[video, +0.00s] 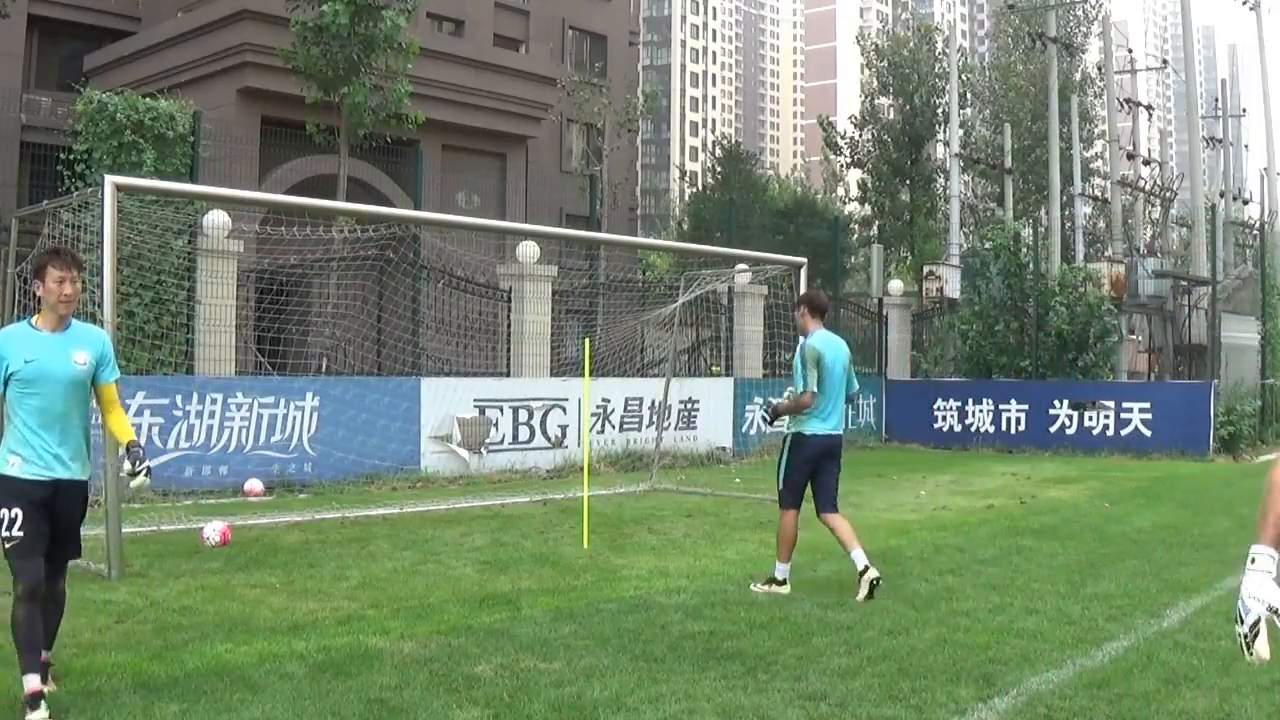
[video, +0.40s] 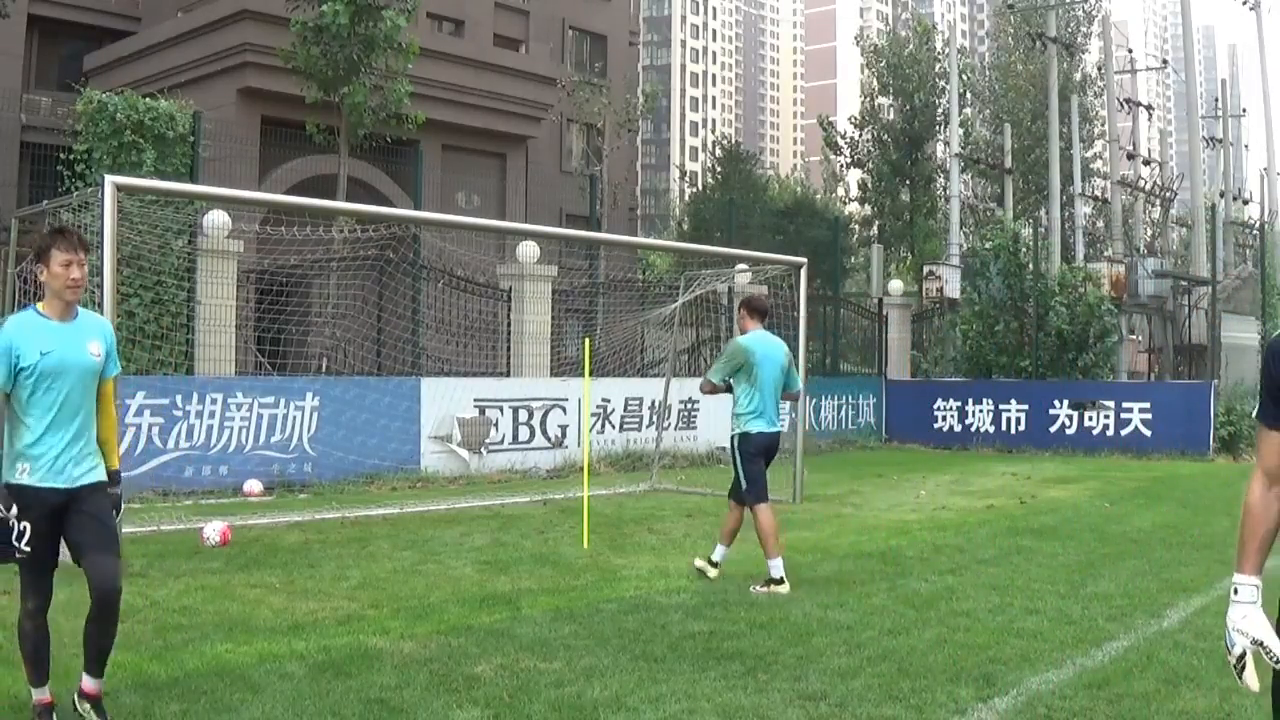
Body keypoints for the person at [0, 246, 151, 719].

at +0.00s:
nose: (69, 289)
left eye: (74, 282)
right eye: (60, 281)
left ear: (80, 288)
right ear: (38, 286)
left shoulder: (96, 341)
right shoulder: (7, 340)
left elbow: (112, 407)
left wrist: (131, 446)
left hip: (71, 479)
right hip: (18, 477)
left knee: (54, 581)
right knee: (29, 583)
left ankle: (43, 662)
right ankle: (33, 691)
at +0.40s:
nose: (77, 274)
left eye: (82, 265)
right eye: (66, 265)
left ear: (88, 270)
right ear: (41, 271)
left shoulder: (100, 329)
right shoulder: (13, 332)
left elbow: (107, 409)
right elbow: (1, 413)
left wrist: (113, 476)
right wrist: (0, 489)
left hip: (89, 482)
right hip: (29, 486)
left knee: (109, 587)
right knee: (34, 603)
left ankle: (90, 692)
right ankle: (42, 704)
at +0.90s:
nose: (129, 270)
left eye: (135, 259)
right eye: (117, 260)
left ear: (142, 265)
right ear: (91, 267)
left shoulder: (157, 330)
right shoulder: (62, 326)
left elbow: (160, 412)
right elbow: (29, 410)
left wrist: (159, 484)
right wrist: (32, 487)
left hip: (142, 505)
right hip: (77, 504)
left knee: (127, 632)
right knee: (72, 632)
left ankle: (123, 717)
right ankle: (63, 700)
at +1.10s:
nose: (141, 277)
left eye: (148, 267)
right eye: (129, 267)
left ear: (157, 269)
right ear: (104, 270)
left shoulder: (180, 331)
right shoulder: (75, 333)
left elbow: (204, 417)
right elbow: (37, 420)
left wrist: (234, 487)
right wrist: (26, 505)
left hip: (163, 517)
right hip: (99, 514)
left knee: (138, 649)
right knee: (111, 646)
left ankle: (127, 718)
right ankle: (100, 718)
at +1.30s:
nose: (159, 288)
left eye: (168, 277)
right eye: (149, 276)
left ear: (178, 274)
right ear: (122, 269)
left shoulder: (196, 332)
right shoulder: (87, 338)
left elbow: (231, 409)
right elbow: (47, 428)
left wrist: (270, 464)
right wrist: (32, 514)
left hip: (185, 526)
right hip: (122, 526)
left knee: (171, 661)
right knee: (132, 671)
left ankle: (130, 714)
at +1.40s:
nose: (178, 291)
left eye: (188, 281)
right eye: (169, 278)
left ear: (198, 275)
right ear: (142, 262)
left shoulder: (206, 324)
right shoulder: (100, 332)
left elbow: (236, 397)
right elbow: (58, 426)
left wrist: (270, 460)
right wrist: (51, 521)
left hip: (201, 527)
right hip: (132, 530)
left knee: (224, 666)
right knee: (137, 677)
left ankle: (161, 715)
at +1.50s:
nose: (190, 293)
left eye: (203, 284)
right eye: (183, 278)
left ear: (215, 276)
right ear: (159, 257)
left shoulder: (216, 323)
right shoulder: (112, 328)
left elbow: (235, 395)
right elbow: (67, 425)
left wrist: (263, 459)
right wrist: (78, 521)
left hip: (213, 526)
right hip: (142, 532)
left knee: (258, 660)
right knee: (141, 684)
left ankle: (198, 719)